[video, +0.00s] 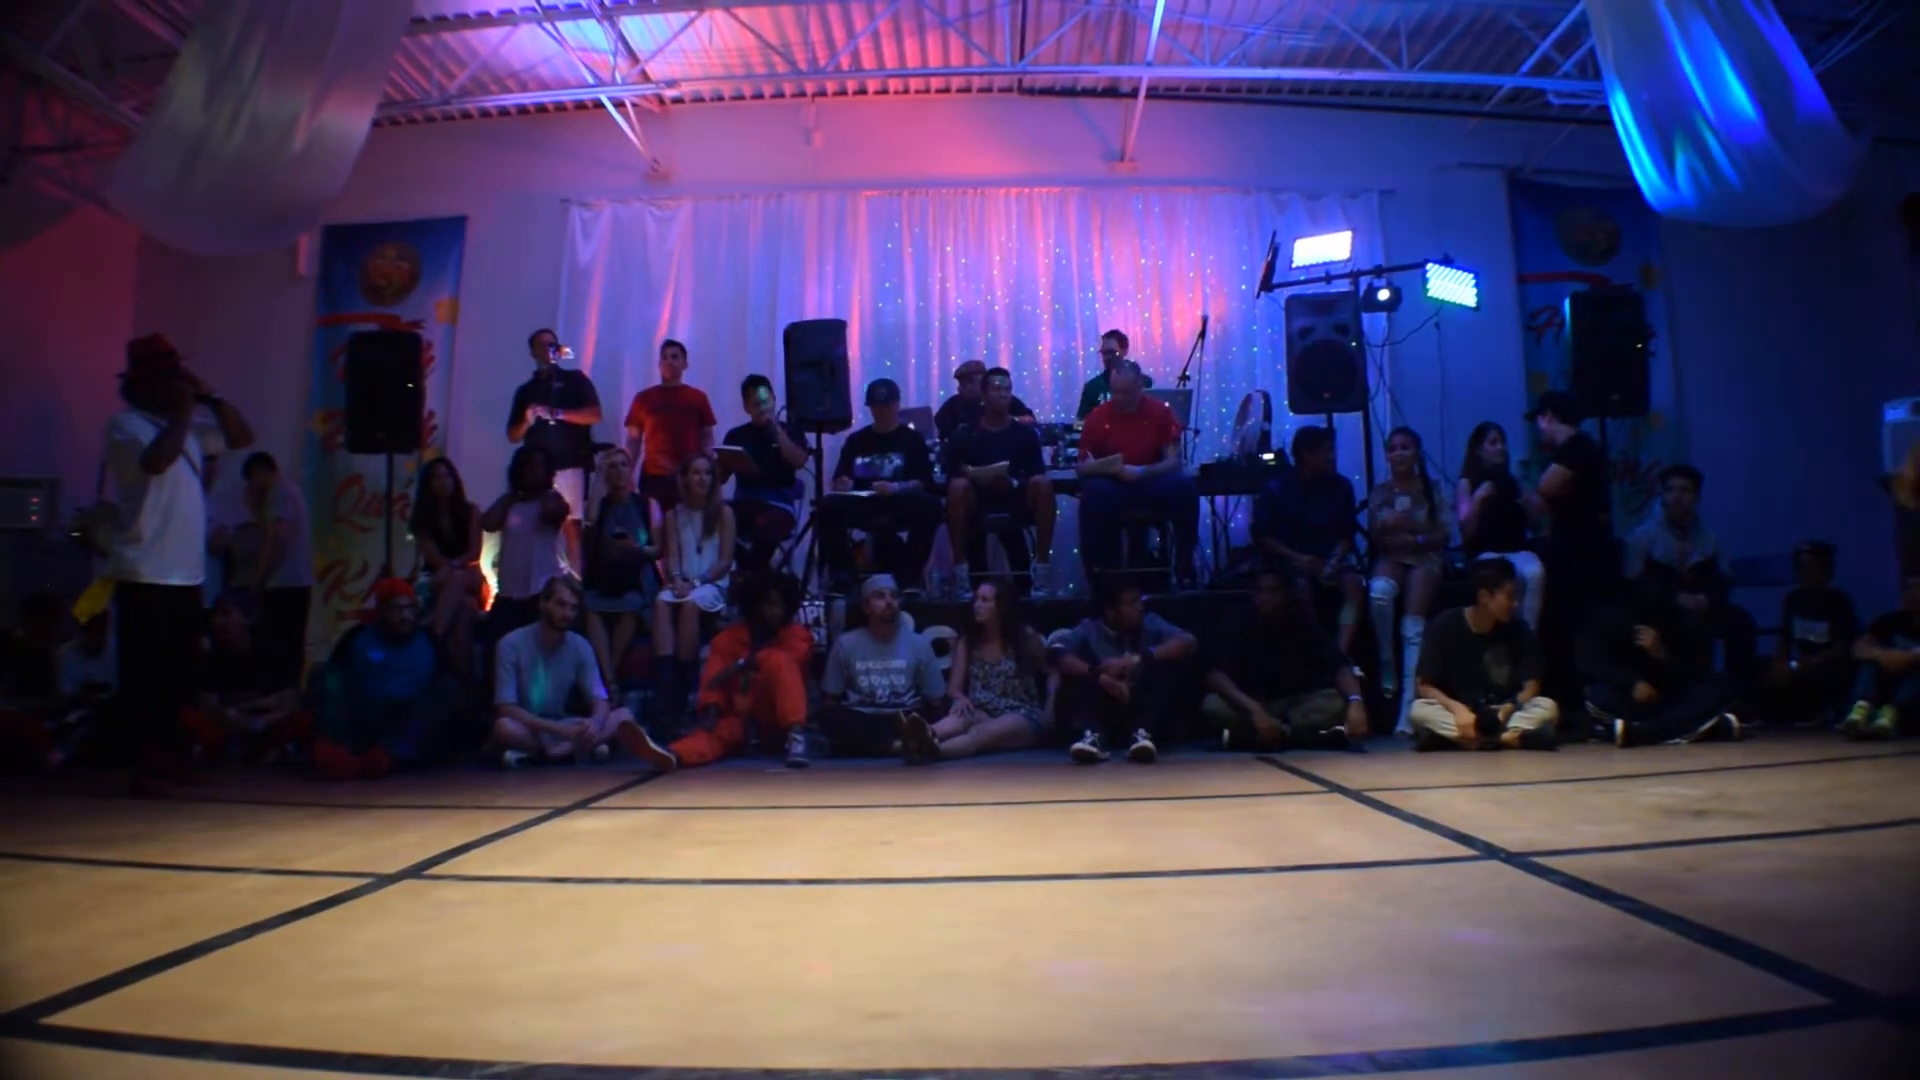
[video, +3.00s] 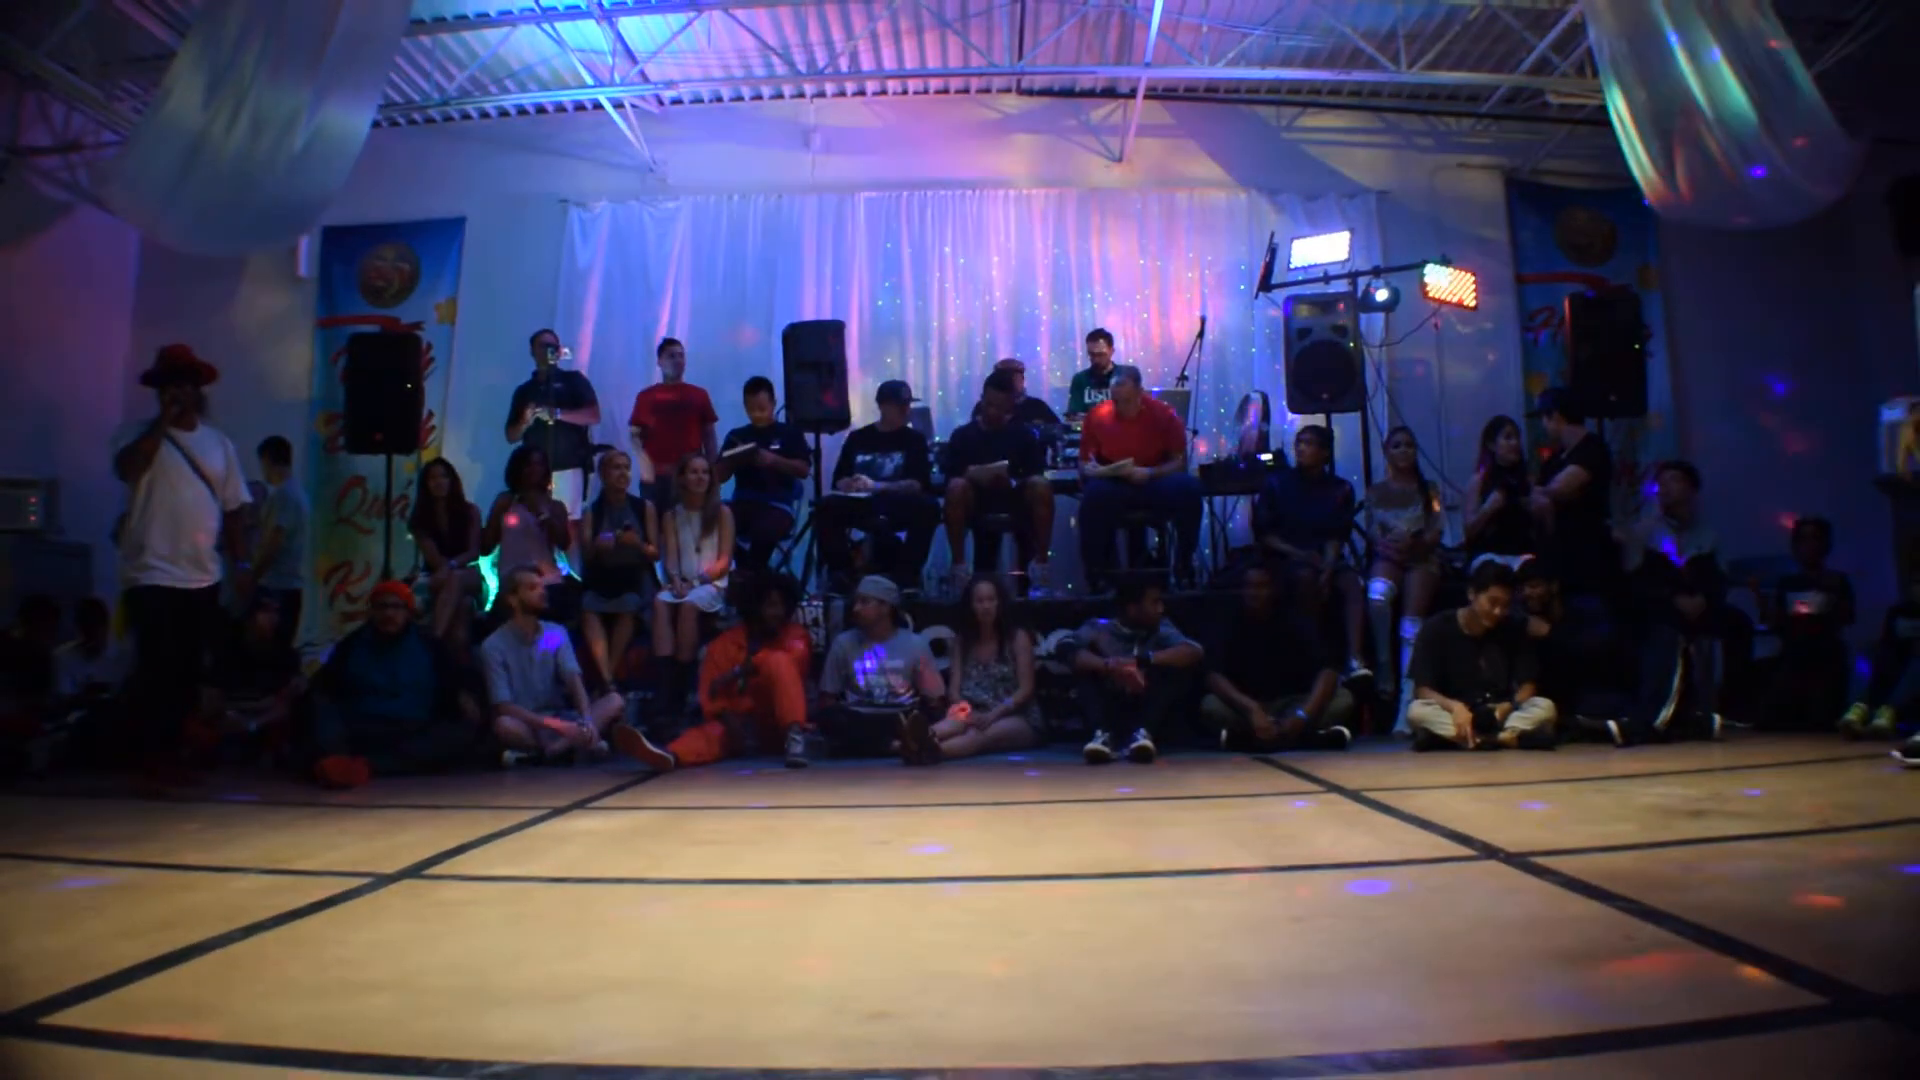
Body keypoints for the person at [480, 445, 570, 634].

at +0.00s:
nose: (534, 472)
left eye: (540, 466)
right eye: (529, 466)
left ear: (549, 471)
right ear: (518, 470)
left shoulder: (552, 499)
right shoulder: (509, 502)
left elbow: (556, 514)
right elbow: (488, 524)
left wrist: (547, 495)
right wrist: (510, 498)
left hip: (543, 593)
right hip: (509, 593)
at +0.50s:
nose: (536, 471)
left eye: (541, 465)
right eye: (530, 465)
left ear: (547, 470)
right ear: (517, 469)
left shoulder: (553, 502)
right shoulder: (504, 503)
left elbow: (558, 537)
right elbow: (487, 542)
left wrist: (553, 503)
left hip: (542, 592)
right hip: (508, 592)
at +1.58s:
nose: (534, 470)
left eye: (540, 465)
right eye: (528, 464)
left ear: (547, 470)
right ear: (515, 468)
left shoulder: (554, 500)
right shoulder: (501, 500)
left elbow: (566, 546)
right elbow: (491, 546)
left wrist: (557, 511)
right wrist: (496, 513)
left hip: (544, 593)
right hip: (508, 593)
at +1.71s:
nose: (534, 470)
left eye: (539, 464)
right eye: (528, 464)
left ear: (546, 470)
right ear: (515, 468)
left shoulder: (553, 501)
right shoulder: (501, 501)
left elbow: (564, 548)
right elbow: (491, 543)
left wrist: (557, 512)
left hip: (543, 591)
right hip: (508, 590)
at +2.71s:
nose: (534, 469)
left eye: (539, 463)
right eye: (527, 463)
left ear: (546, 469)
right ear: (515, 468)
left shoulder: (551, 503)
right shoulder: (498, 505)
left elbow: (561, 549)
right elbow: (489, 547)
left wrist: (555, 513)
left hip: (546, 582)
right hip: (509, 583)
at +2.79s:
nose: (534, 469)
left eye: (539, 464)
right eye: (527, 464)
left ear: (546, 469)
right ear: (515, 468)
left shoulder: (551, 503)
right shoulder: (497, 507)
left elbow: (562, 549)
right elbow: (487, 550)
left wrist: (555, 516)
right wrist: (495, 516)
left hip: (548, 584)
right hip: (509, 587)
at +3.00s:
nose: (535, 470)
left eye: (540, 465)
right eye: (529, 465)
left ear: (547, 470)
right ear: (518, 469)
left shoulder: (555, 506)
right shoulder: (505, 501)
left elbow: (564, 543)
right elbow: (486, 547)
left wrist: (546, 517)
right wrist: (500, 512)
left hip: (548, 581)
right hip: (512, 582)